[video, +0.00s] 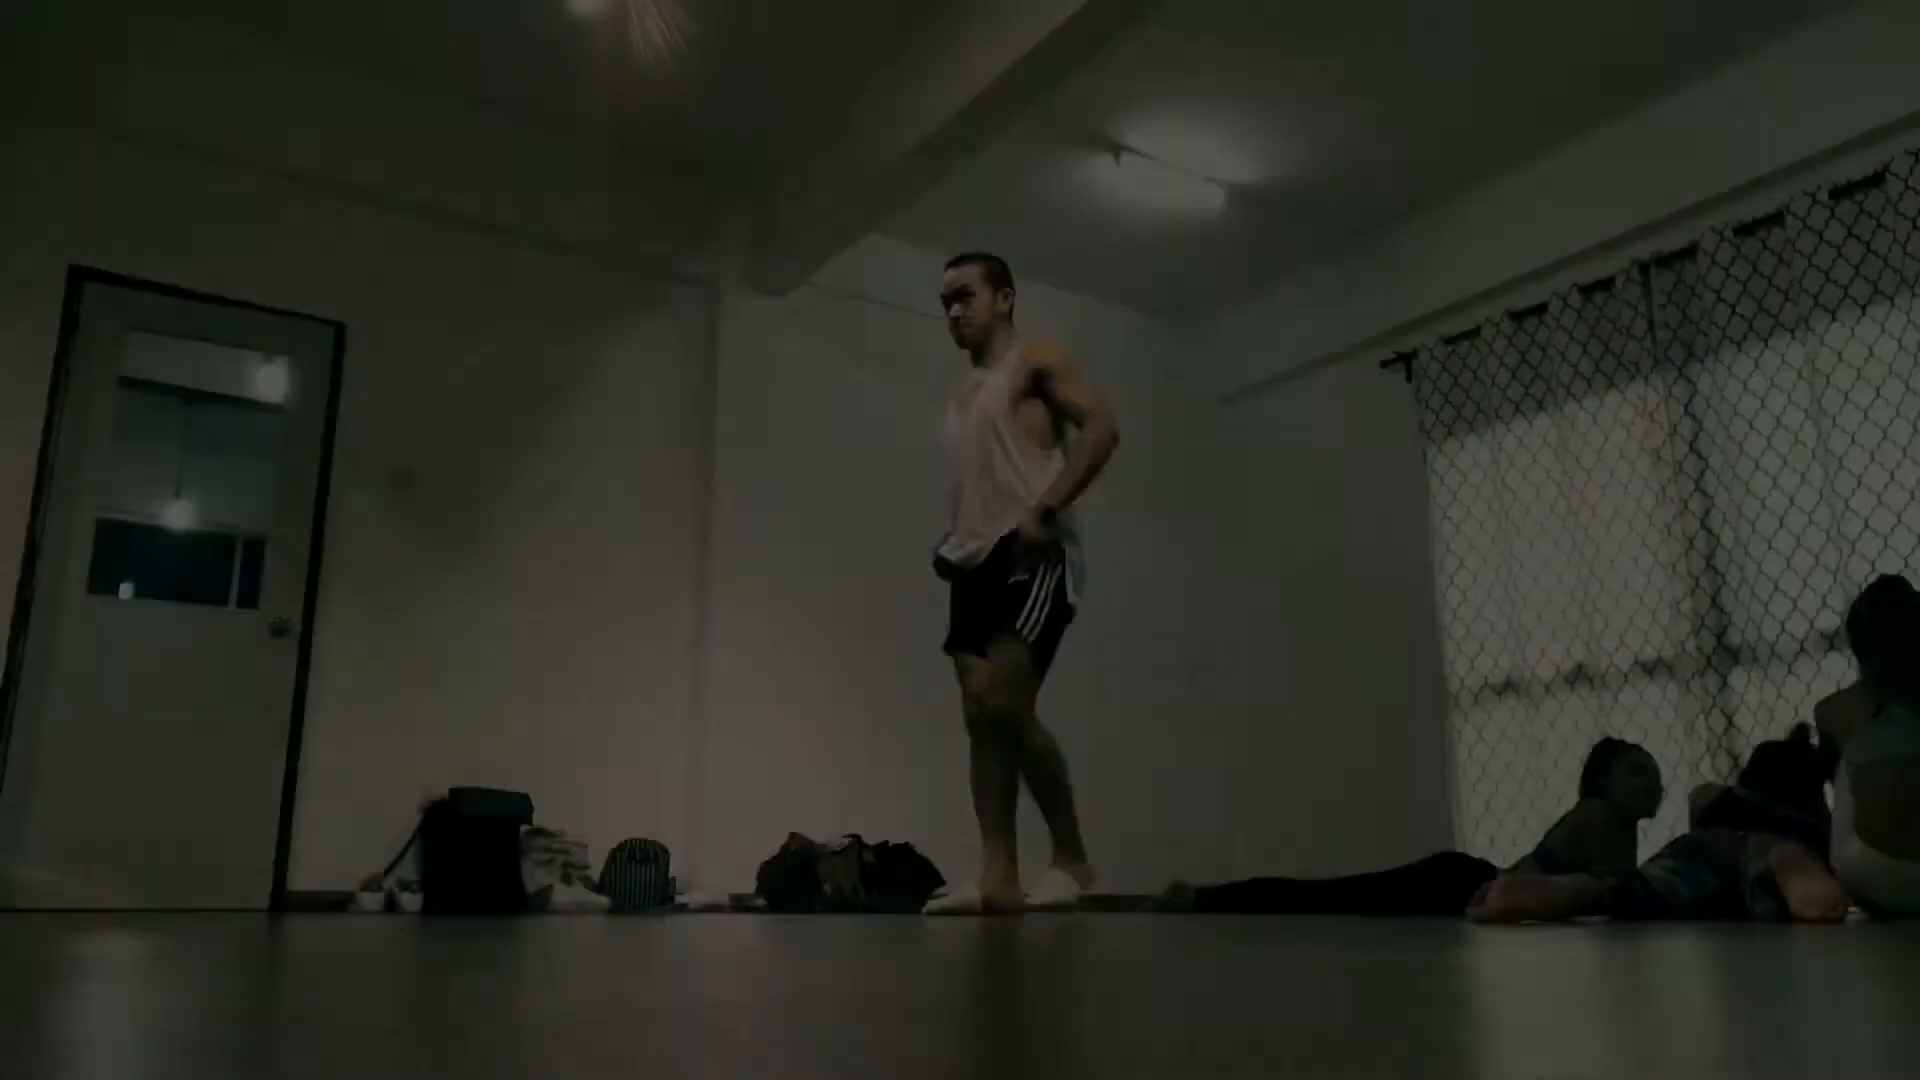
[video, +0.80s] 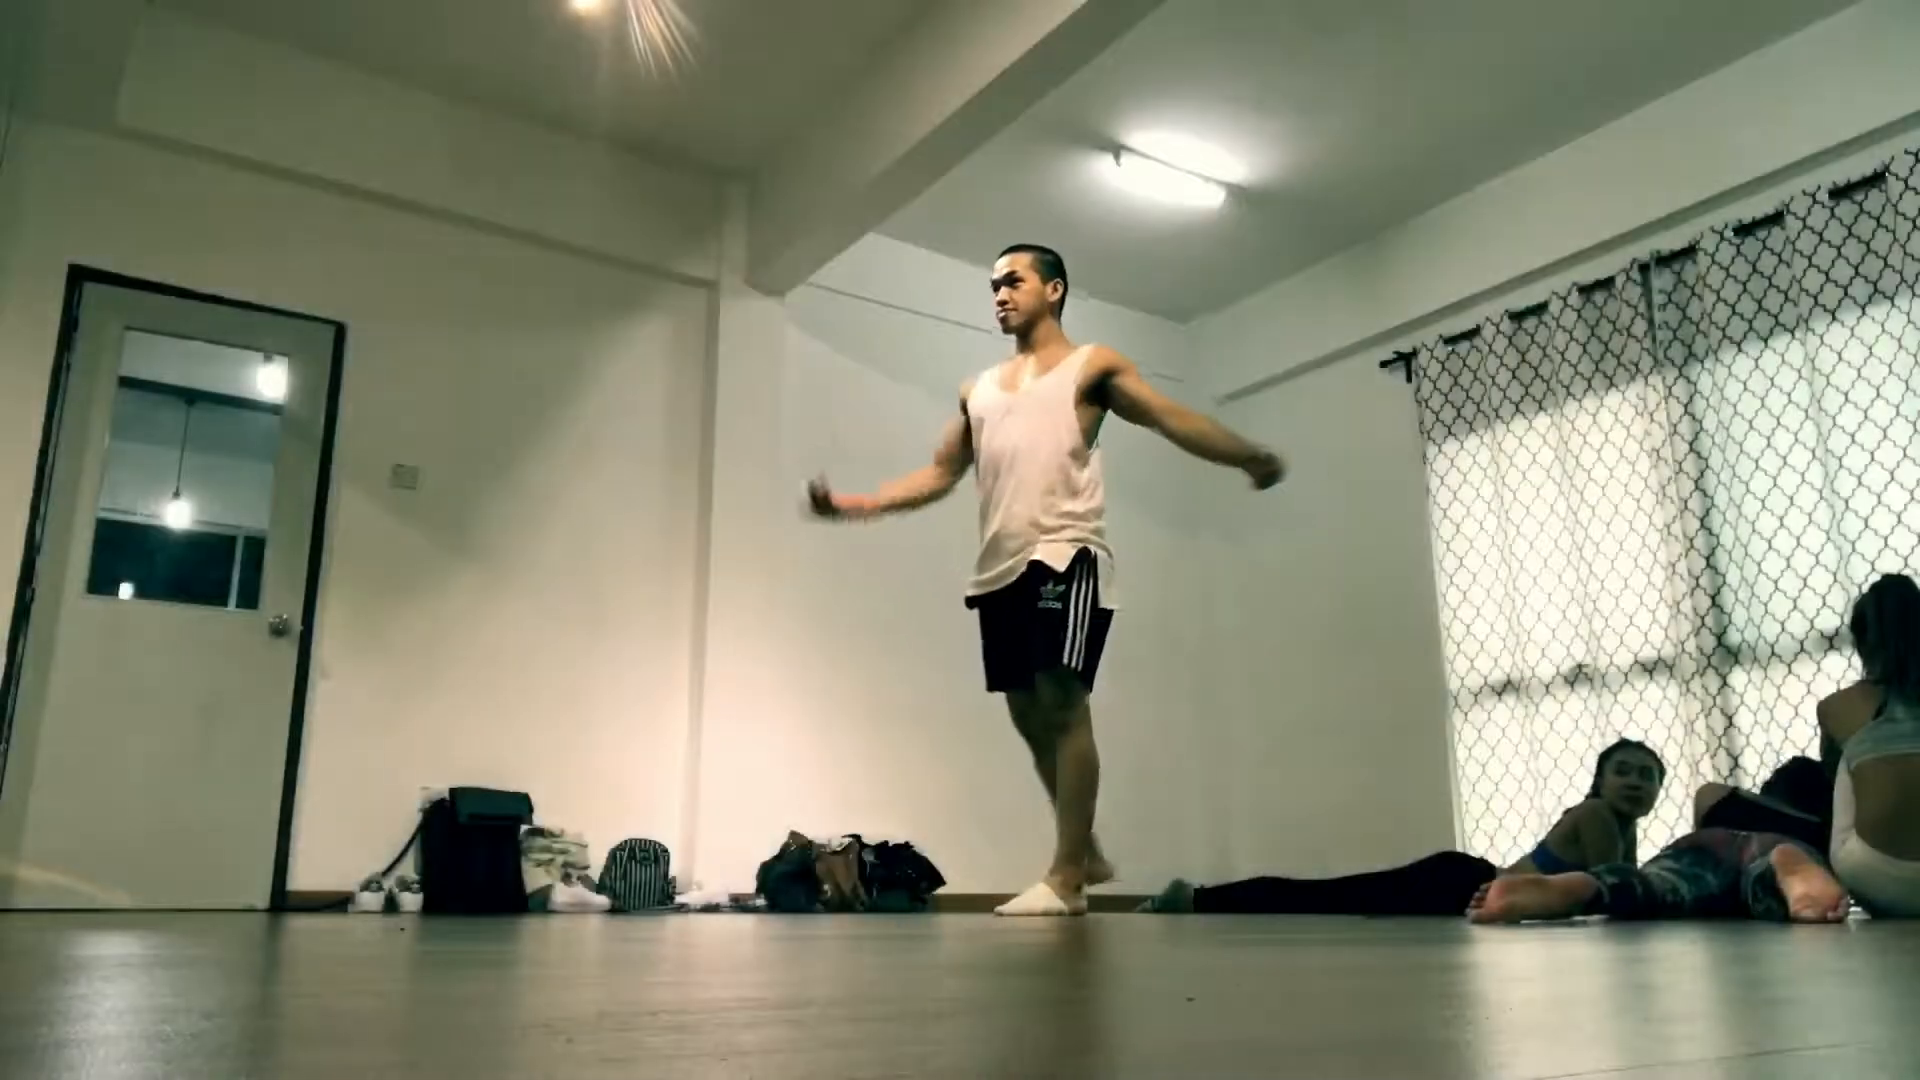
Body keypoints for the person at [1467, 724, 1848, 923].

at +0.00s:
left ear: (1750, 775)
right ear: (1812, 784)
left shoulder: (1714, 796)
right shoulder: (1811, 822)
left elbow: (1700, 807)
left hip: (1709, 846)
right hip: (1784, 847)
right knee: (1795, 873)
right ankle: (1815, 895)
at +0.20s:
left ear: (1746, 778)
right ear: (1810, 788)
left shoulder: (1709, 796)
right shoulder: (1816, 827)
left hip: (1712, 844)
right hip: (1786, 847)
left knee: (1649, 881)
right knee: (1785, 869)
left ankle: (1551, 890)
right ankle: (1806, 880)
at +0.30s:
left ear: (1747, 778)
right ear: (1812, 792)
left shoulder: (1708, 796)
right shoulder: (1815, 826)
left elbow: (1707, 837)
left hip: (1710, 846)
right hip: (1787, 845)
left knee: (1656, 881)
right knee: (1776, 873)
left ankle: (1563, 888)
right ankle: (1799, 875)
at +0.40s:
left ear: (1751, 777)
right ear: (1813, 789)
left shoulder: (1709, 796)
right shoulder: (1815, 823)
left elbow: (1698, 837)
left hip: (1711, 842)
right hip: (1786, 841)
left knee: (1655, 880)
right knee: (1778, 872)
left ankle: (1562, 888)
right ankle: (1801, 877)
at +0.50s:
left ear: (1758, 787)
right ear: (1817, 796)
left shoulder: (1719, 803)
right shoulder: (1816, 826)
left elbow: (1702, 795)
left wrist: (1698, 844)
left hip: (1715, 837)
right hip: (1787, 844)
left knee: (1654, 879)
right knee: (1779, 873)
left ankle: (1564, 887)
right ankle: (1800, 874)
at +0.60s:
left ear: (1764, 786)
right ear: (1815, 795)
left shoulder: (1725, 802)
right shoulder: (1814, 827)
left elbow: (1704, 794)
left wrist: (1696, 841)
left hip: (1714, 838)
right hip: (1786, 844)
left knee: (1652, 880)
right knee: (1778, 874)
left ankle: (1560, 888)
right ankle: (1800, 876)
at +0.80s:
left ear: (1771, 790)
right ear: (1819, 799)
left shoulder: (1734, 804)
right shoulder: (1818, 827)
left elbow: (1707, 791)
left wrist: (1698, 843)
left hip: (1717, 837)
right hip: (1786, 844)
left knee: (1658, 879)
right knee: (1775, 877)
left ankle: (1562, 887)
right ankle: (1797, 872)